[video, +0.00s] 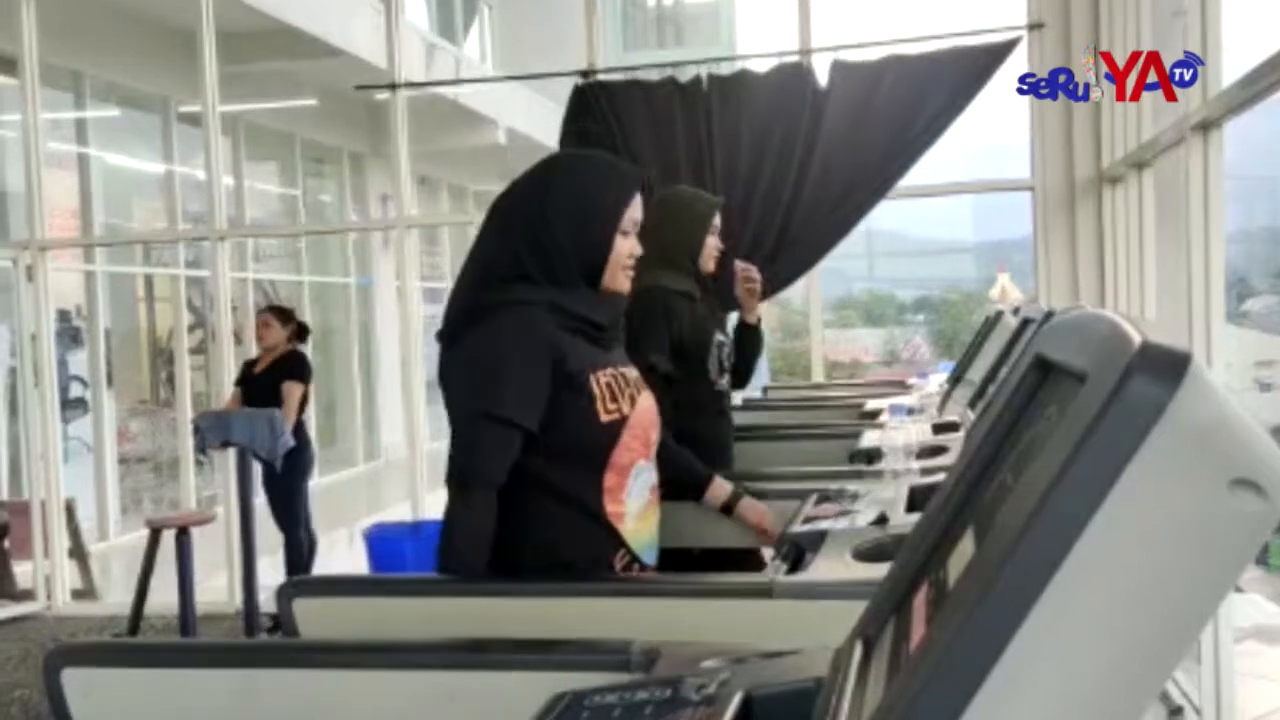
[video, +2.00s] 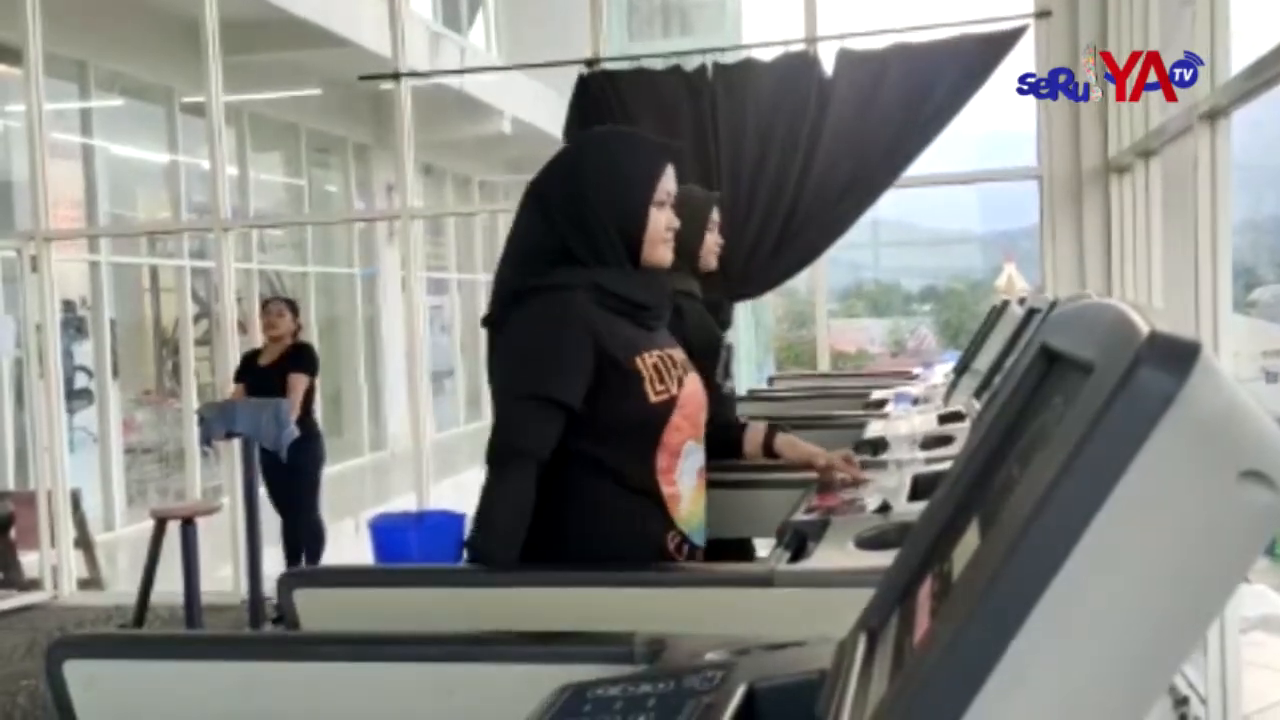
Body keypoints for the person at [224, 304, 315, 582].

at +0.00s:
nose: (260, 332)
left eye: (267, 326)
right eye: (258, 326)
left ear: (287, 330)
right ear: (255, 331)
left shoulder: (295, 361)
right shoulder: (251, 366)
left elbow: (290, 407)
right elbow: (234, 404)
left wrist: (277, 439)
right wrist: (217, 429)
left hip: (292, 442)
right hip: (265, 444)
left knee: (294, 518)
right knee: (285, 518)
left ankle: (297, 583)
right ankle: (299, 580)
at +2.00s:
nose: (272, 320)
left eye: (280, 315)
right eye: (267, 315)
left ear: (294, 322)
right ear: (261, 322)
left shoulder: (301, 352)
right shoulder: (251, 359)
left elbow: (295, 398)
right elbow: (238, 398)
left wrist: (282, 429)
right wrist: (224, 423)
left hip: (302, 436)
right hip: (267, 439)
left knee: (305, 509)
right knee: (288, 512)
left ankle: (312, 571)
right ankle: (292, 574)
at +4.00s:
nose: (274, 319)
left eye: (279, 313)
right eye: (266, 314)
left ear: (288, 319)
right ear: (254, 323)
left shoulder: (301, 351)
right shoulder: (242, 352)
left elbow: (294, 388)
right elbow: (231, 394)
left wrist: (275, 420)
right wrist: (237, 424)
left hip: (292, 437)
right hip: (254, 437)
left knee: (286, 511)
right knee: (263, 511)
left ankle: (288, 577)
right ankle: (275, 576)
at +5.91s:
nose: (265, 317)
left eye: (271, 311)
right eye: (257, 313)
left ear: (282, 316)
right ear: (249, 320)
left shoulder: (297, 350)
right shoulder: (237, 351)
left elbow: (290, 392)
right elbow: (227, 393)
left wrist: (272, 419)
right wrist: (242, 417)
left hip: (293, 431)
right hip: (253, 433)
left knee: (293, 504)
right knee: (262, 506)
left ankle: (300, 563)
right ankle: (270, 566)